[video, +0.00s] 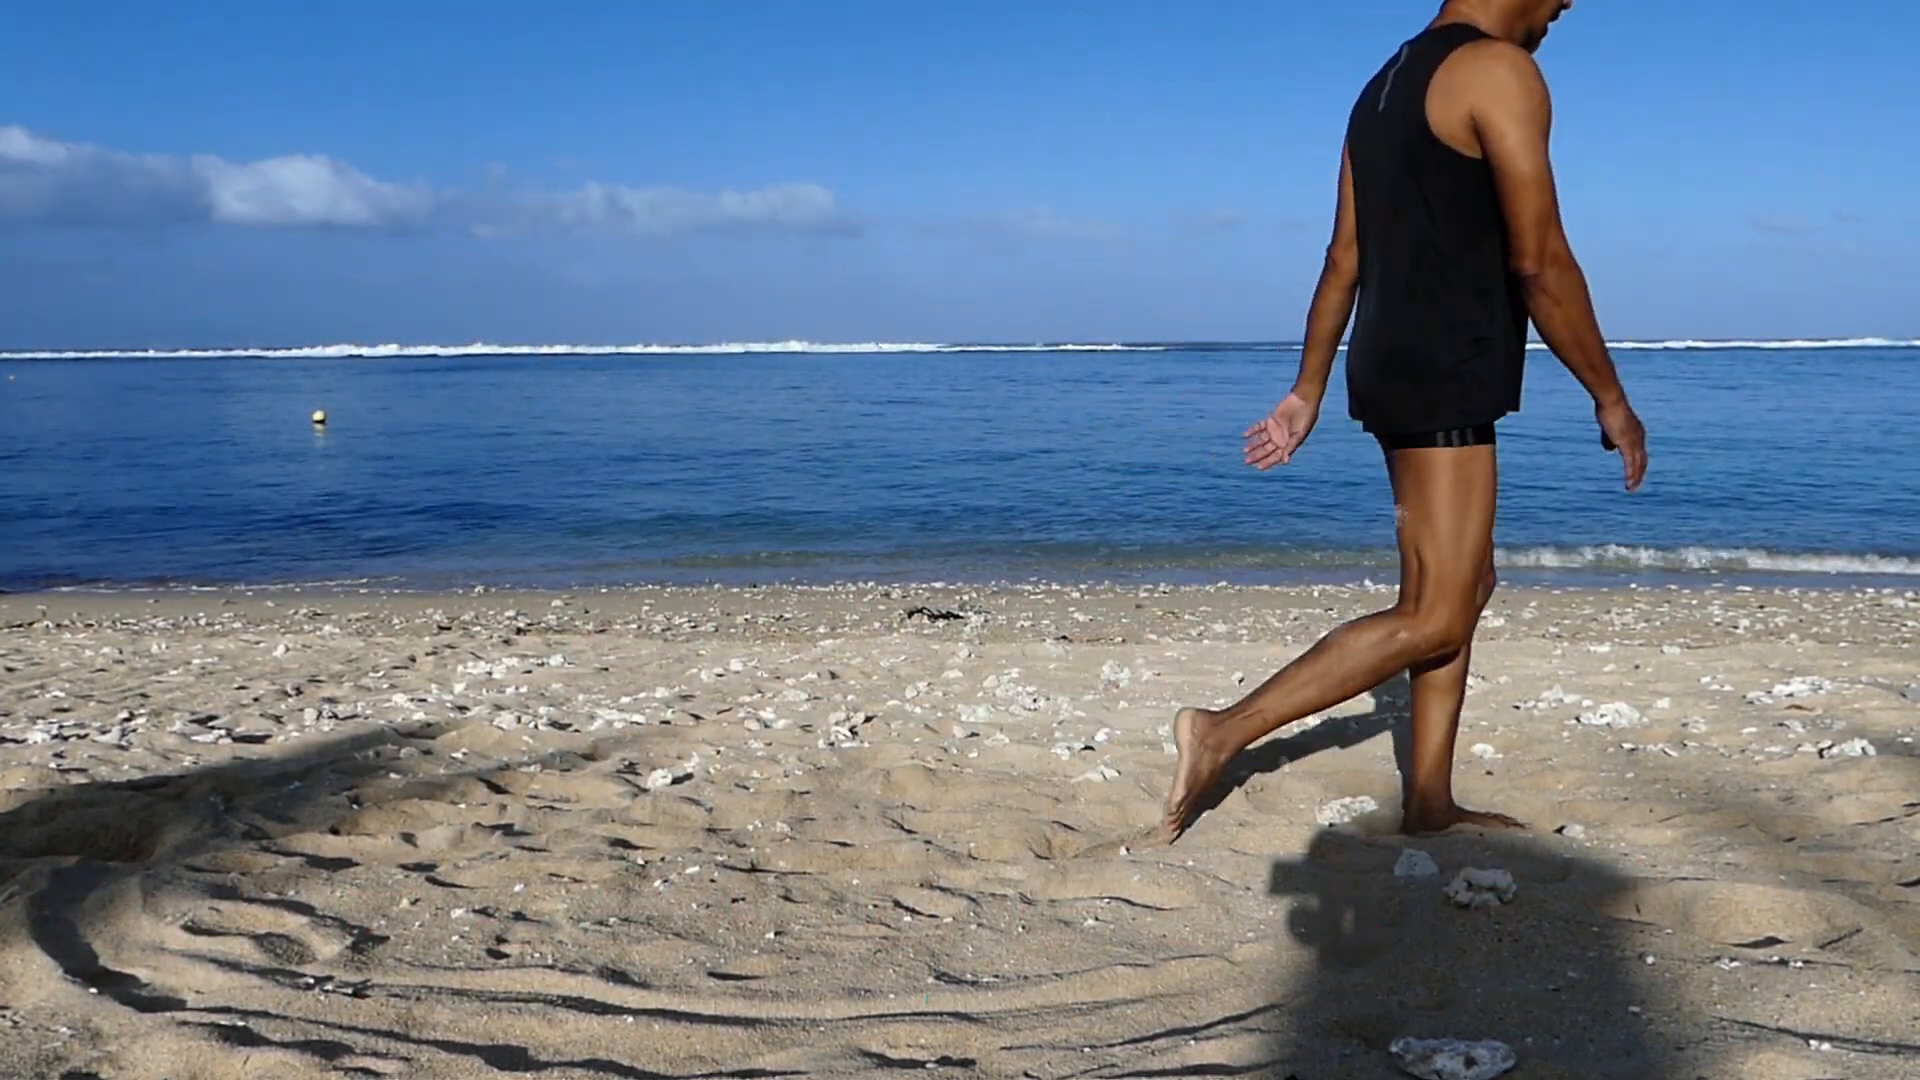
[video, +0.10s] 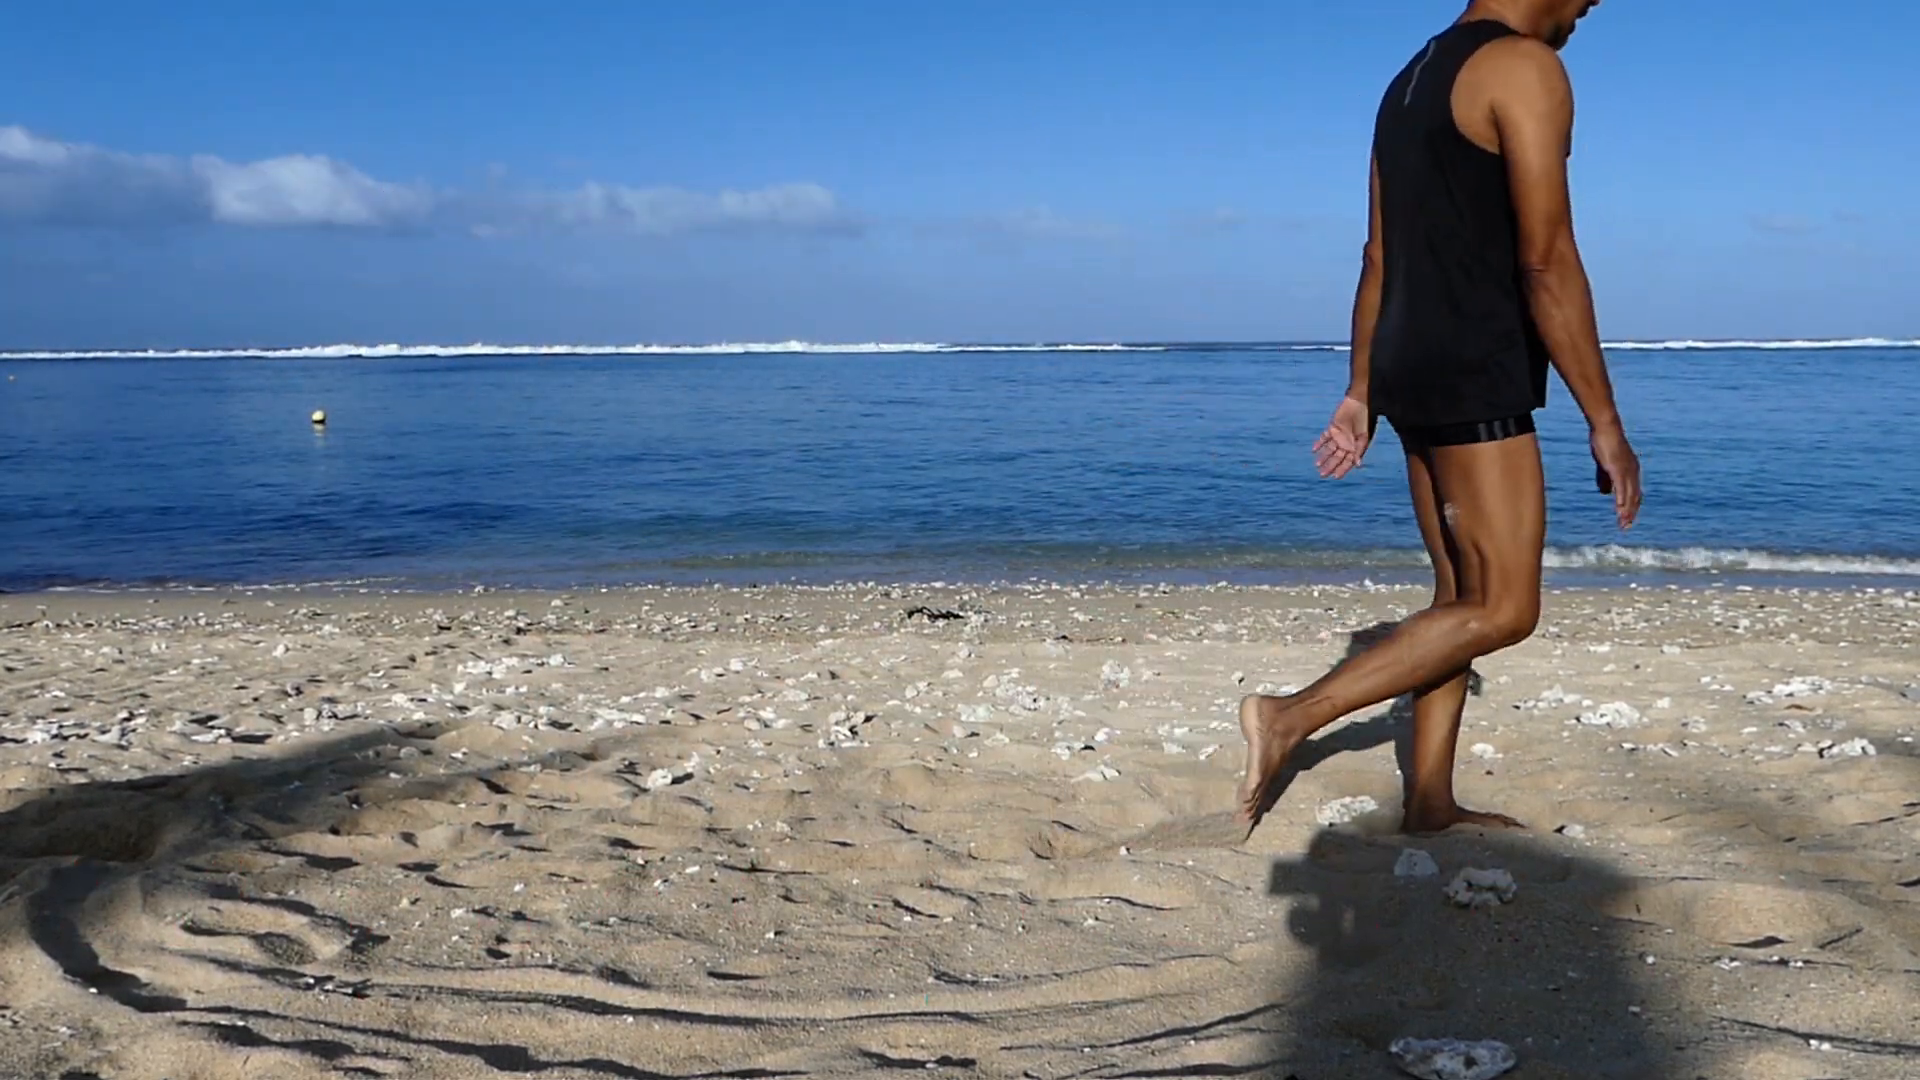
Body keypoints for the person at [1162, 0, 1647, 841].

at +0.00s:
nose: (1555, 21)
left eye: (1559, 10)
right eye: (1557, 8)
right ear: (1532, 0)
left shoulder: (1386, 86)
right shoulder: (1505, 74)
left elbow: (1345, 257)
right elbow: (1541, 263)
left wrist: (1308, 388)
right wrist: (1612, 399)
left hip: (1393, 372)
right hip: (1446, 377)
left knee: (1466, 585)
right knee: (1435, 622)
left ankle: (1428, 804)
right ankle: (1221, 734)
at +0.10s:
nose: (1582, 17)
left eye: (1585, 7)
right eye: (1584, 5)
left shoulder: (1412, 79)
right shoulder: (1529, 71)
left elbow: (1380, 255)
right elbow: (1546, 263)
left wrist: (1362, 388)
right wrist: (1604, 419)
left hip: (1409, 366)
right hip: (1476, 374)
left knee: (1459, 596)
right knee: (1508, 609)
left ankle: (1430, 804)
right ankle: (1289, 719)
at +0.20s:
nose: (1625, 7)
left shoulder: (1459, 65)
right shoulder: (1568, 60)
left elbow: (1453, 245)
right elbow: (1562, 251)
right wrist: (1590, 418)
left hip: (1445, 354)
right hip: (1512, 362)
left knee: (1466, 584)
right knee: (1602, 580)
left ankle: (1429, 804)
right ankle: (1391, 713)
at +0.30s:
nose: (1726, 5)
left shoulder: (1570, 51)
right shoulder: (1669, 49)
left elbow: (1571, 223)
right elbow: (1610, 198)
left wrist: (1669, 340)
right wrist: (1586, 347)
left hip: (1529, 343)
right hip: (1620, 350)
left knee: (1480, 581)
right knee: (1756, 542)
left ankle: (1436, 796)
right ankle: (1694, 768)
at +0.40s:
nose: (1868, 6)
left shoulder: (1689, 66)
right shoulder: (1813, 47)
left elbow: (1736, 234)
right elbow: (1739, 172)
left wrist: (1859, 313)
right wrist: (1687, 293)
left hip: (1656, 341)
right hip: (1756, 350)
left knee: (1564, 569)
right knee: (1844, 582)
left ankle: (1461, 770)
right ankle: (1876, 795)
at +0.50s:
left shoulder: (1789, 73)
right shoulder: (1910, 48)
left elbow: (1779, 234)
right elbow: (1903, 213)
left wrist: (1782, 354)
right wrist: (1901, 369)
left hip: (1780, 355)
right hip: (1872, 358)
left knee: (1735, 571)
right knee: (1903, 600)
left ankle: (1578, 722)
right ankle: (1881, 804)